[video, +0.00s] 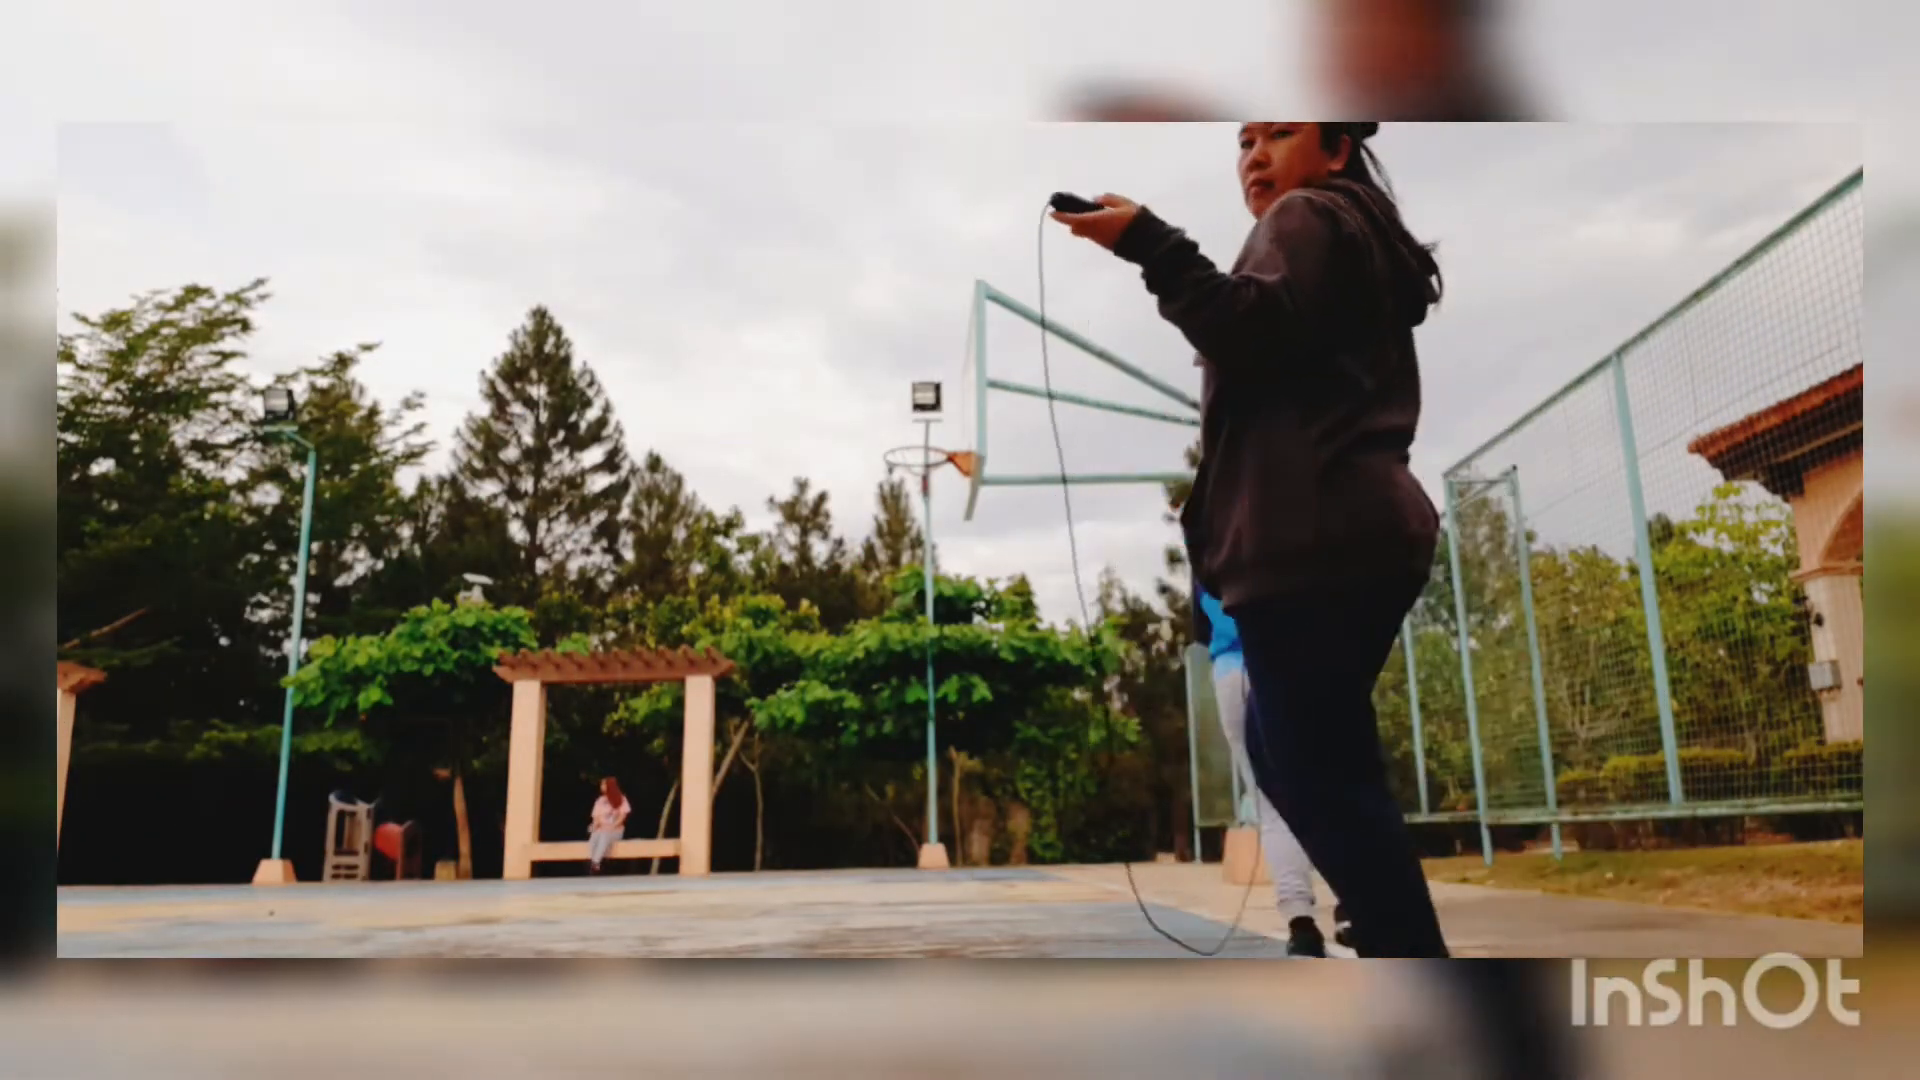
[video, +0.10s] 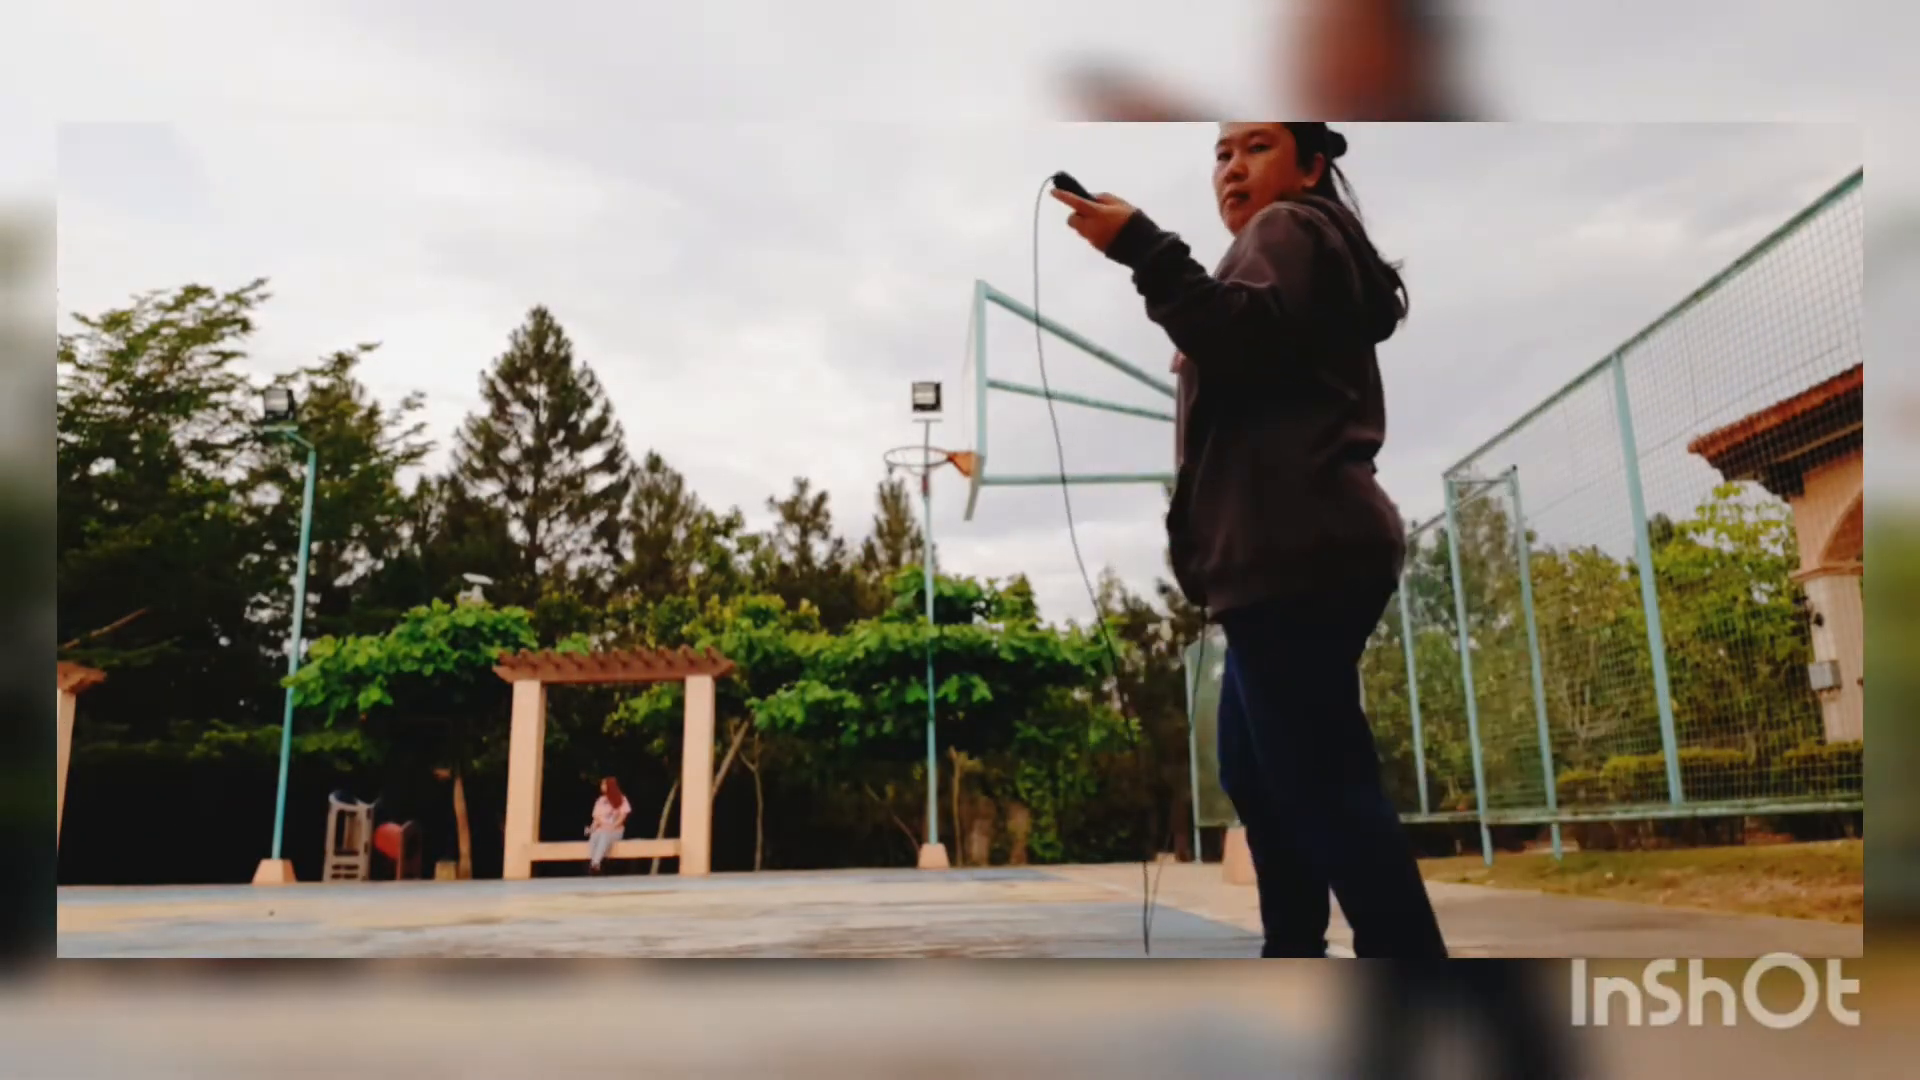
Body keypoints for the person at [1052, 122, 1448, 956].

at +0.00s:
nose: (1250, 156)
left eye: (1273, 135)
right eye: (1245, 143)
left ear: (1334, 148)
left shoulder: (1311, 219)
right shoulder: (1359, 226)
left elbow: (1254, 334)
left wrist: (1148, 239)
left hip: (1309, 536)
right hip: (1366, 528)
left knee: (1314, 757)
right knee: (1287, 746)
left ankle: (1411, 961)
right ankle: (1391, 938)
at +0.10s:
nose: (1233, 166)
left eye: (1255, 147)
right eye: (1223, 154)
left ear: (1309, 164)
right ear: (1212, 169)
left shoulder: (1290, 232)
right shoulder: (1294, 237)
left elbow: (1245, 340)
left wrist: (1141, 244)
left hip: (1297, 552)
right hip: (1287, 553)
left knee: (1321, 772)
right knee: (1256, 771)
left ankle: (1413, 974)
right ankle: (1294, 970)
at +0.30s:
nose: (1176, 213)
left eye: (1198, 196)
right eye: (1165, 200)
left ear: (1246, 214)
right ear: (1154, 215)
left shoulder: (1237, 279)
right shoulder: (1194, 300)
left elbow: (1231, 377)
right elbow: (1178, 443)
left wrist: (1142, 290)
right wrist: (1094, 444)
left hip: (1224, 584)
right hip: (1175, 589)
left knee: (1255, 786)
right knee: (1166, 785)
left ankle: (1386, 956)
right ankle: (1210, 961)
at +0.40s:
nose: (1154, 222)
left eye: (1176, 206)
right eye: (1143, 210)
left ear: (1218, 224)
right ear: (1131, 227)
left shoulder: (1224, 292)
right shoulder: (1161, 316)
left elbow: (1238, 381)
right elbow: (1136, 470)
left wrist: (1151, 320)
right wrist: (1035, 466)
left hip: (1202, 584)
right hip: (1156, 585)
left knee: (1189, 784)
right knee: (1149, 788)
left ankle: (1355, 949)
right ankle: (1207, 964)